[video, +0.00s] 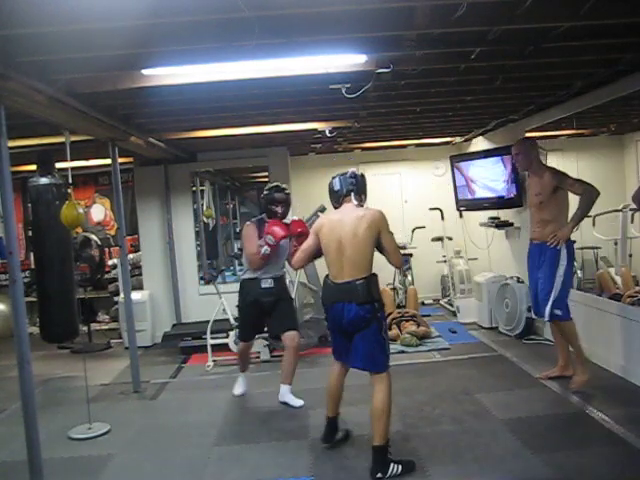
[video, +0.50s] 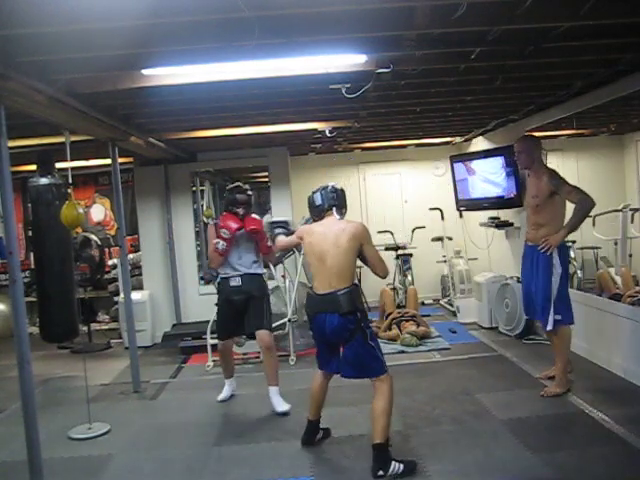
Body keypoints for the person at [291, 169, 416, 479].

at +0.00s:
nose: (366, 198)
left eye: (361, 195)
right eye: (365, 194)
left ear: (336, 197)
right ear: (360, 194)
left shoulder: (323, 222)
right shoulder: (373, 216)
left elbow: (296, 262)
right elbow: (396, 261)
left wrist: (321, 246)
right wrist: (397, 249)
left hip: (333, 300)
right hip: (364, 301)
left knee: (340, 361)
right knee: (380, 377)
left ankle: (330, 430)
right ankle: (380, 462)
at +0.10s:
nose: (361, 201)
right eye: (360, 197)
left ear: (331, 200)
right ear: (356, 198)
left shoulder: (318, 224)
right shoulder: (369, 220)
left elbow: (291, 260)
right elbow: (391, 263)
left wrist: (308, 239)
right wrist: (383, 242)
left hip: (330, 303)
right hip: (361, 304)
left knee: (337, 369)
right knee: (388, 377)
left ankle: (327, 433)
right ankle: (381, 460)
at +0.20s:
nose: (358, 204)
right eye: (358, 199)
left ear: (329, 202)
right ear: (356, 200)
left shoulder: (318, 225)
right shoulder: (370, 223)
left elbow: (293, 261)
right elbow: (387, 267)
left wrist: (307, 241)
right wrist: (371, 243)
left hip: (328, 305)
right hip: (360, 304)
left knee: (336, 367)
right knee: (386, 378)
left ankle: (327, 431)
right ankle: (385, 462)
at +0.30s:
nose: (357, 207)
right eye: (357, 202)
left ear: (329, 206)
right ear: (355, 203)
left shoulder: (318, 230)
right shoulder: (370, 226)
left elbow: (291, 270)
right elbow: (388, 272)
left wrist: (316, 252)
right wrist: (368, 252)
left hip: (325, 308)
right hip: (358, 308)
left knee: (332, 359)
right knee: (384, 379)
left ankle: (319, 424)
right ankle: (386, 463)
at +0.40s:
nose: (351, 208)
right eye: (350, 204)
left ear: (322, 207)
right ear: (347, 204)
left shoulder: (310, 230)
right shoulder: (361, 226)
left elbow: (274, 258)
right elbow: (385, 270)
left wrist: (295, 240)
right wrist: (365, 246)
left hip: (322, 309)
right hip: (351, 310)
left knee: (328, 366)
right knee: (380, 380)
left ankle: (310, 430)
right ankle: (385, 463)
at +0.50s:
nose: (343, 210)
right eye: (343, 205)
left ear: (315, 210)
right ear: (340, 207)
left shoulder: (305, 231)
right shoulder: (355, 229)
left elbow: (276, 247)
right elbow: (381, 271)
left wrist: (291, 238)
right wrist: (361, 248)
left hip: (317, 311)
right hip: (347, 310)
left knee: (324, 370)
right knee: (381, 379)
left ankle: (311, 431)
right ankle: (382, 461)